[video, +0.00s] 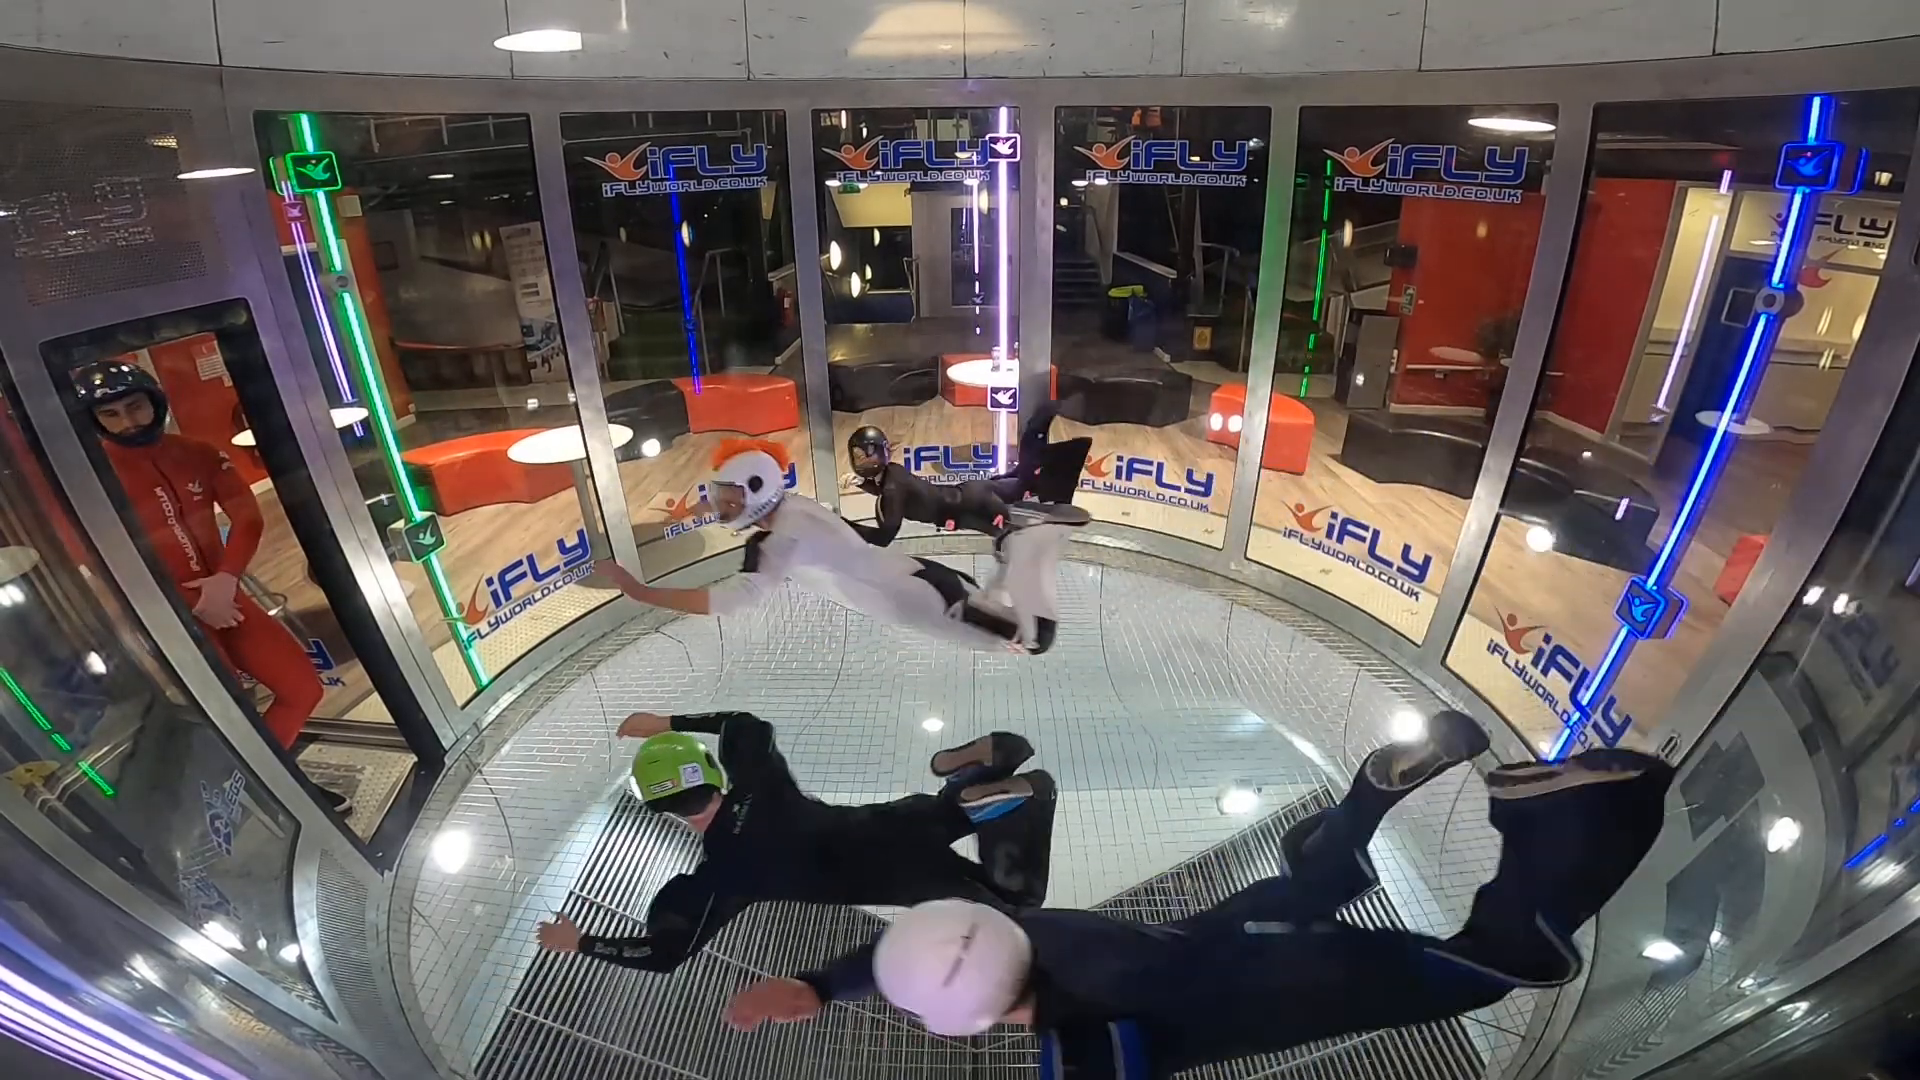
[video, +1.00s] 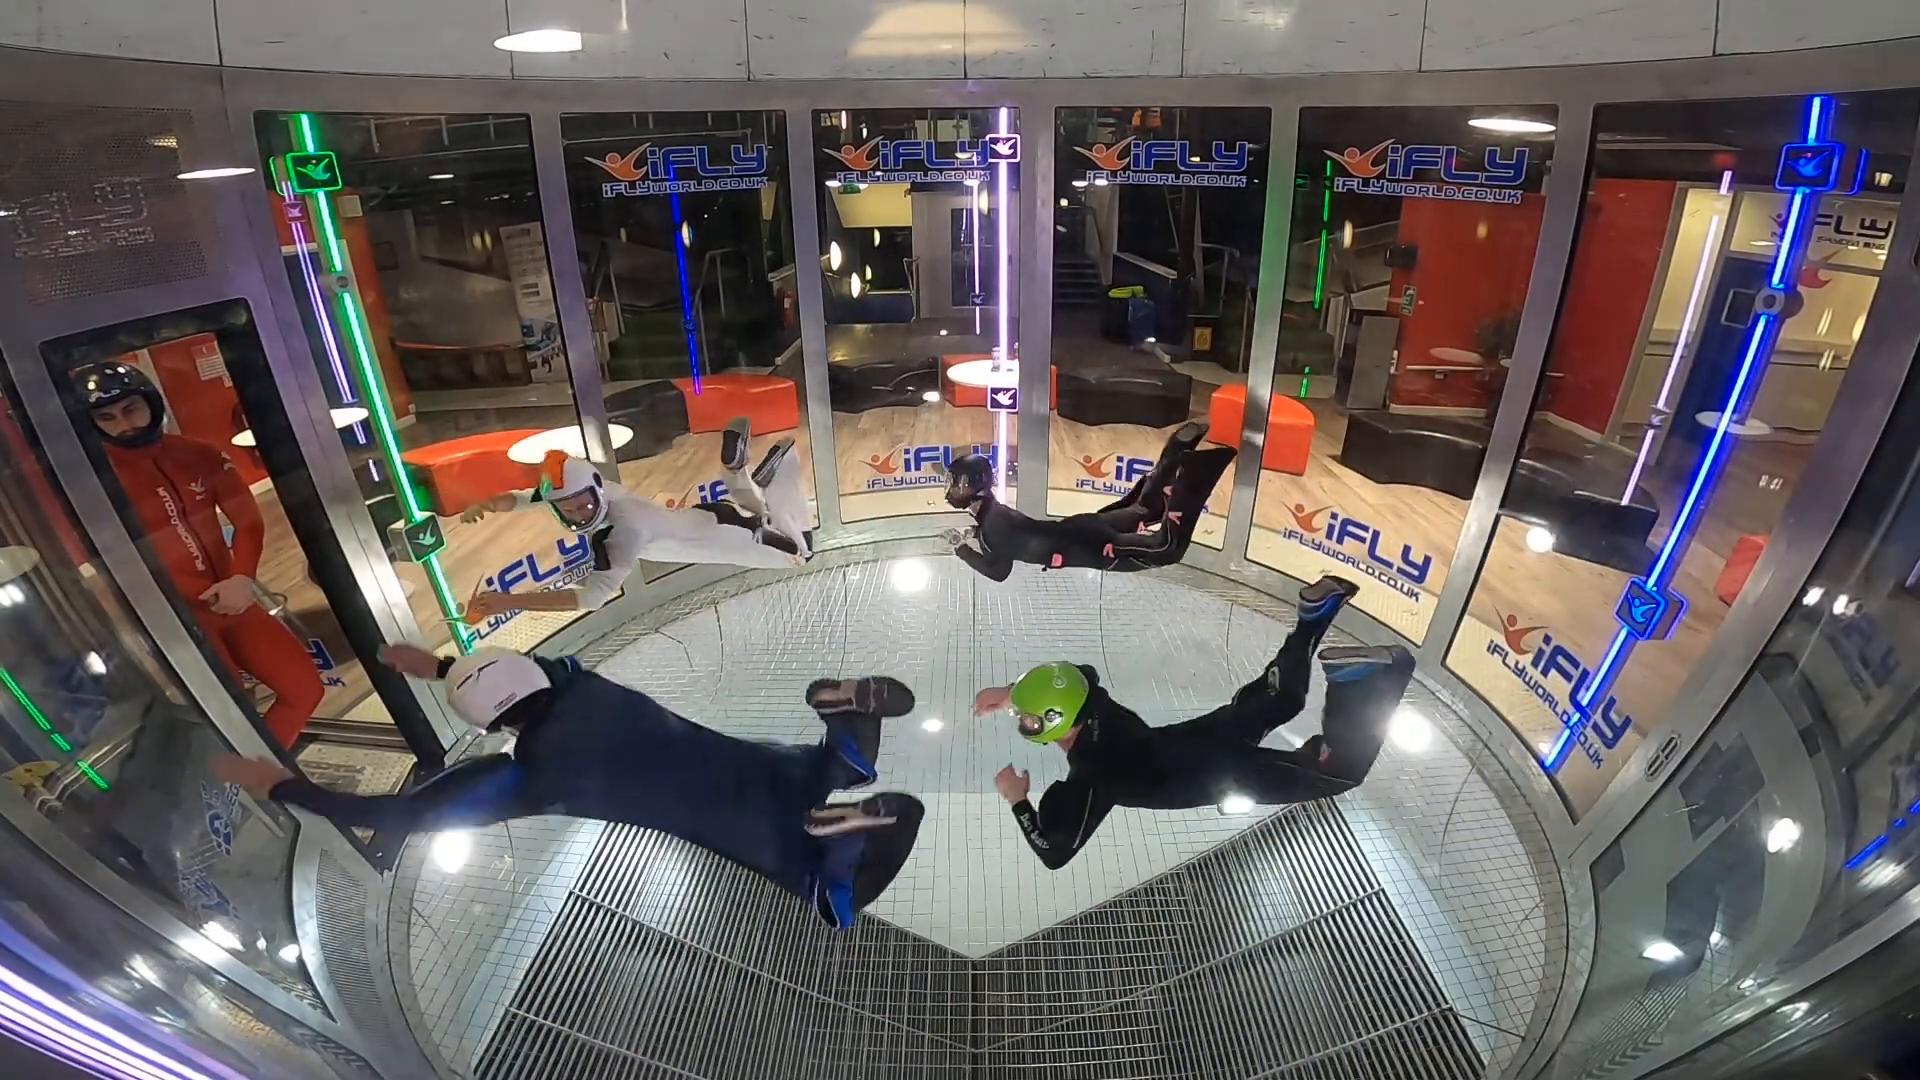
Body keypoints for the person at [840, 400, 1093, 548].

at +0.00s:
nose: (860, 460)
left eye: (866, 454)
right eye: (856, 455)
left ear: (881, 453)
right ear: (854, 456)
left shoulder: (892, 486)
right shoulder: (888, 476)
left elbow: (882, 538)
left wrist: (842, 525)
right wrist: (870, 488)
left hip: (973, 507)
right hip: (969, 491)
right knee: (1026, 479)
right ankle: (1040, 424)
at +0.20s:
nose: (900, 465)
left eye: (907, 458)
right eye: (895, 459)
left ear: (922, 457)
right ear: (891, 461)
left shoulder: (936, 484)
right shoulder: (916, 479)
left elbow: (935, 520)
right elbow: (904, 510)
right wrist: (880, 524)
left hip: (1012, 503)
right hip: (1000, 498)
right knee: (1058, 475)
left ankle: (1114, 464)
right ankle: (1082, 424)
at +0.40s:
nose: (928, 470)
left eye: (933, 462)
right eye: (925, 464)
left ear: (952, 460)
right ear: (933, 463)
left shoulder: (969, 491)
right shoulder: (962, 482)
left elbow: (974, 546)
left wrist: (934, 528)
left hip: (1047, 509)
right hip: (1039, 506)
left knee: (1130, 520)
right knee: (1090, 472)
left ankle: (1165, 458)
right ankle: (1112, 414)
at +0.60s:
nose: (950, 473)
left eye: (956, 468)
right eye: (950, 467)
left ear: (974, 470)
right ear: (961, 469)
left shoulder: (993, 502)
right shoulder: (976, 496)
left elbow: (1006, 549)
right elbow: (995, 533)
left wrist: (969, 528)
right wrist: (971, 522)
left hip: (1080, 520)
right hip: (1066, 508)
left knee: (1159, 515)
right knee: (1120, 478)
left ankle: (1200, 441)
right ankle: (1142, 413)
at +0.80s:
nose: (955, 482)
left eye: (961, 476)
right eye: (956, 476)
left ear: (980, 477)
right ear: (975, 476)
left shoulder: (1003, 511)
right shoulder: (990, 503)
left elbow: (1010, 558)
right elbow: (1004, 547)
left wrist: (979, 534)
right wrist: (982, 528)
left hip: (1093, 530)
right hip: (1079, 515)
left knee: (1171, 524)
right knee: (1141, 489)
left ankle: (1197, 447)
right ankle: (1162, 427)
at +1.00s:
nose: (952, 489)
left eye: (960, 483)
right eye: (952, 482)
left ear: (979, 486)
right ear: (962, 484)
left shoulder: (994, 524)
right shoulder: (986, 513)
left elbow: (997, 572)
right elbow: (999, 564)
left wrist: (963, 550)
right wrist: (967, 544)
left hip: (1086, 545)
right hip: (1078, 529)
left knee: (1167, 548)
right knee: (1142, 508)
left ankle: (1189, 472)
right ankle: (1175, 450)